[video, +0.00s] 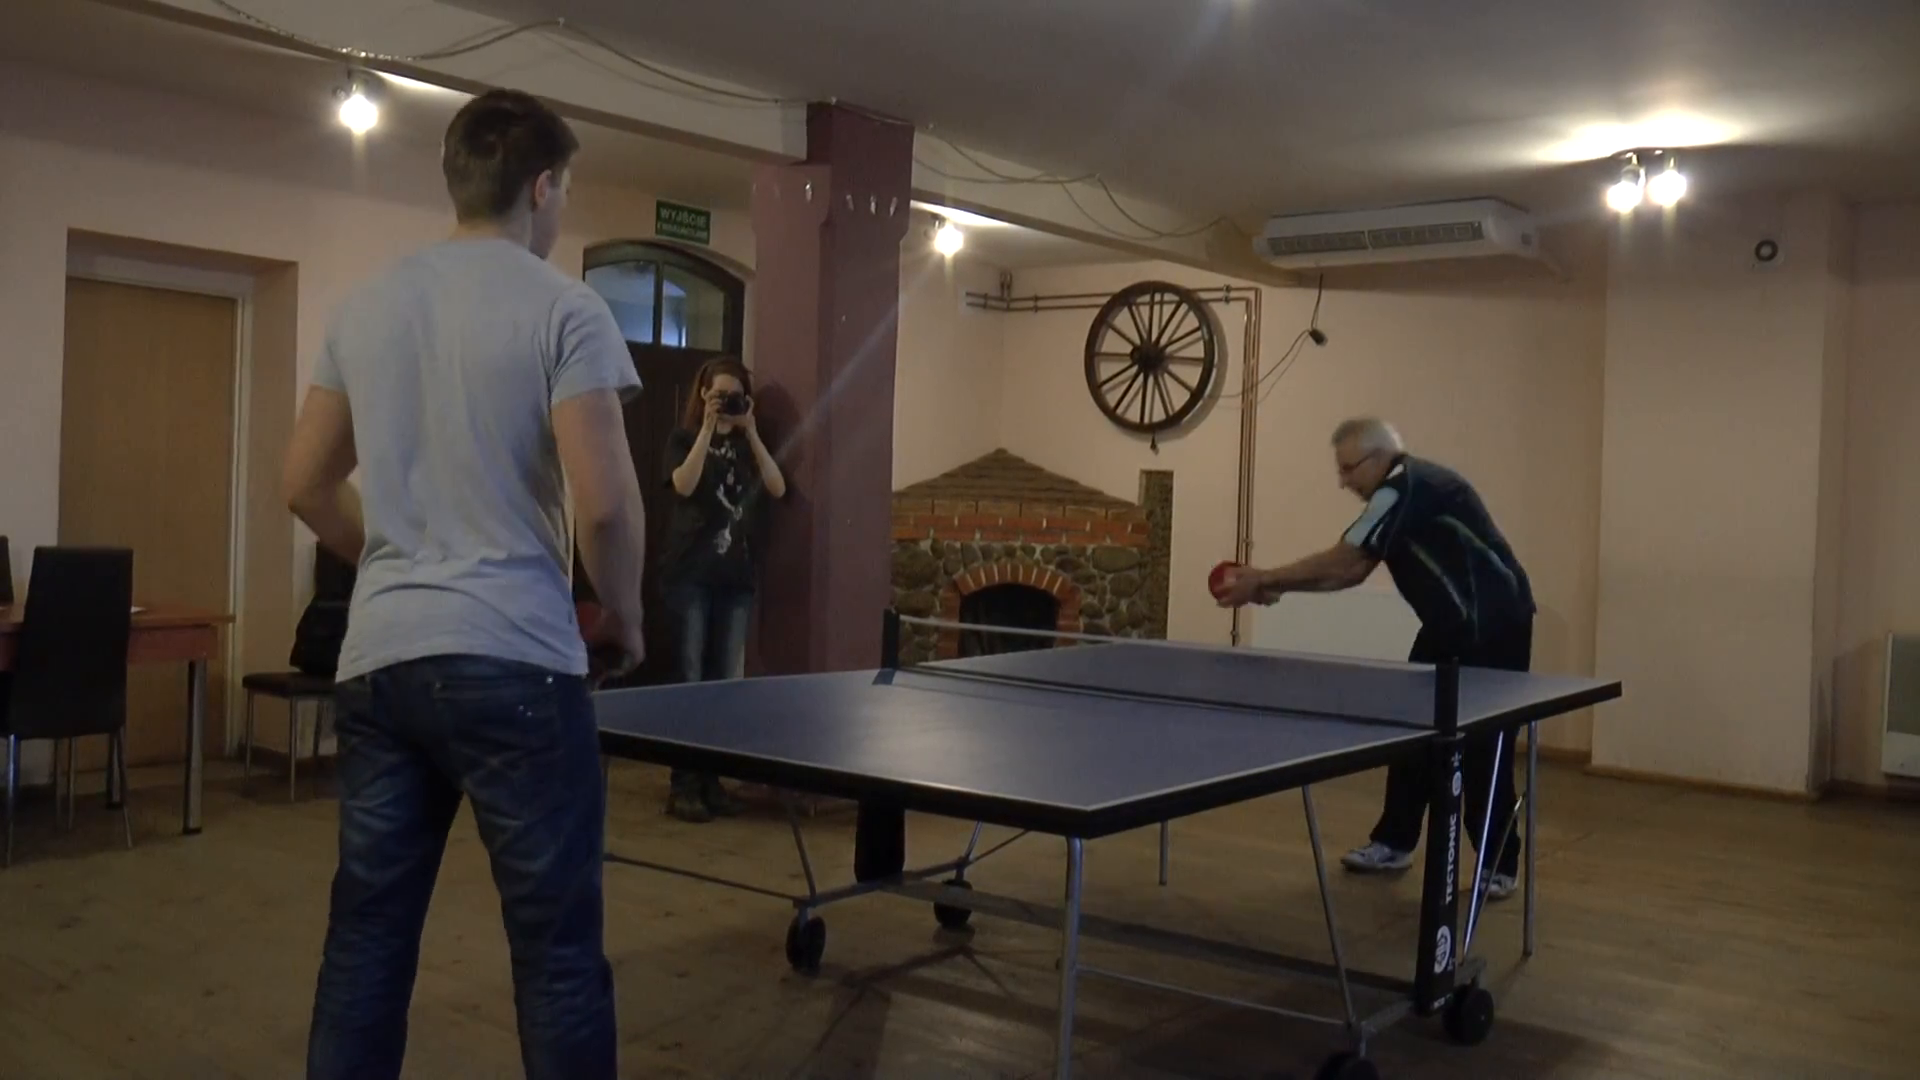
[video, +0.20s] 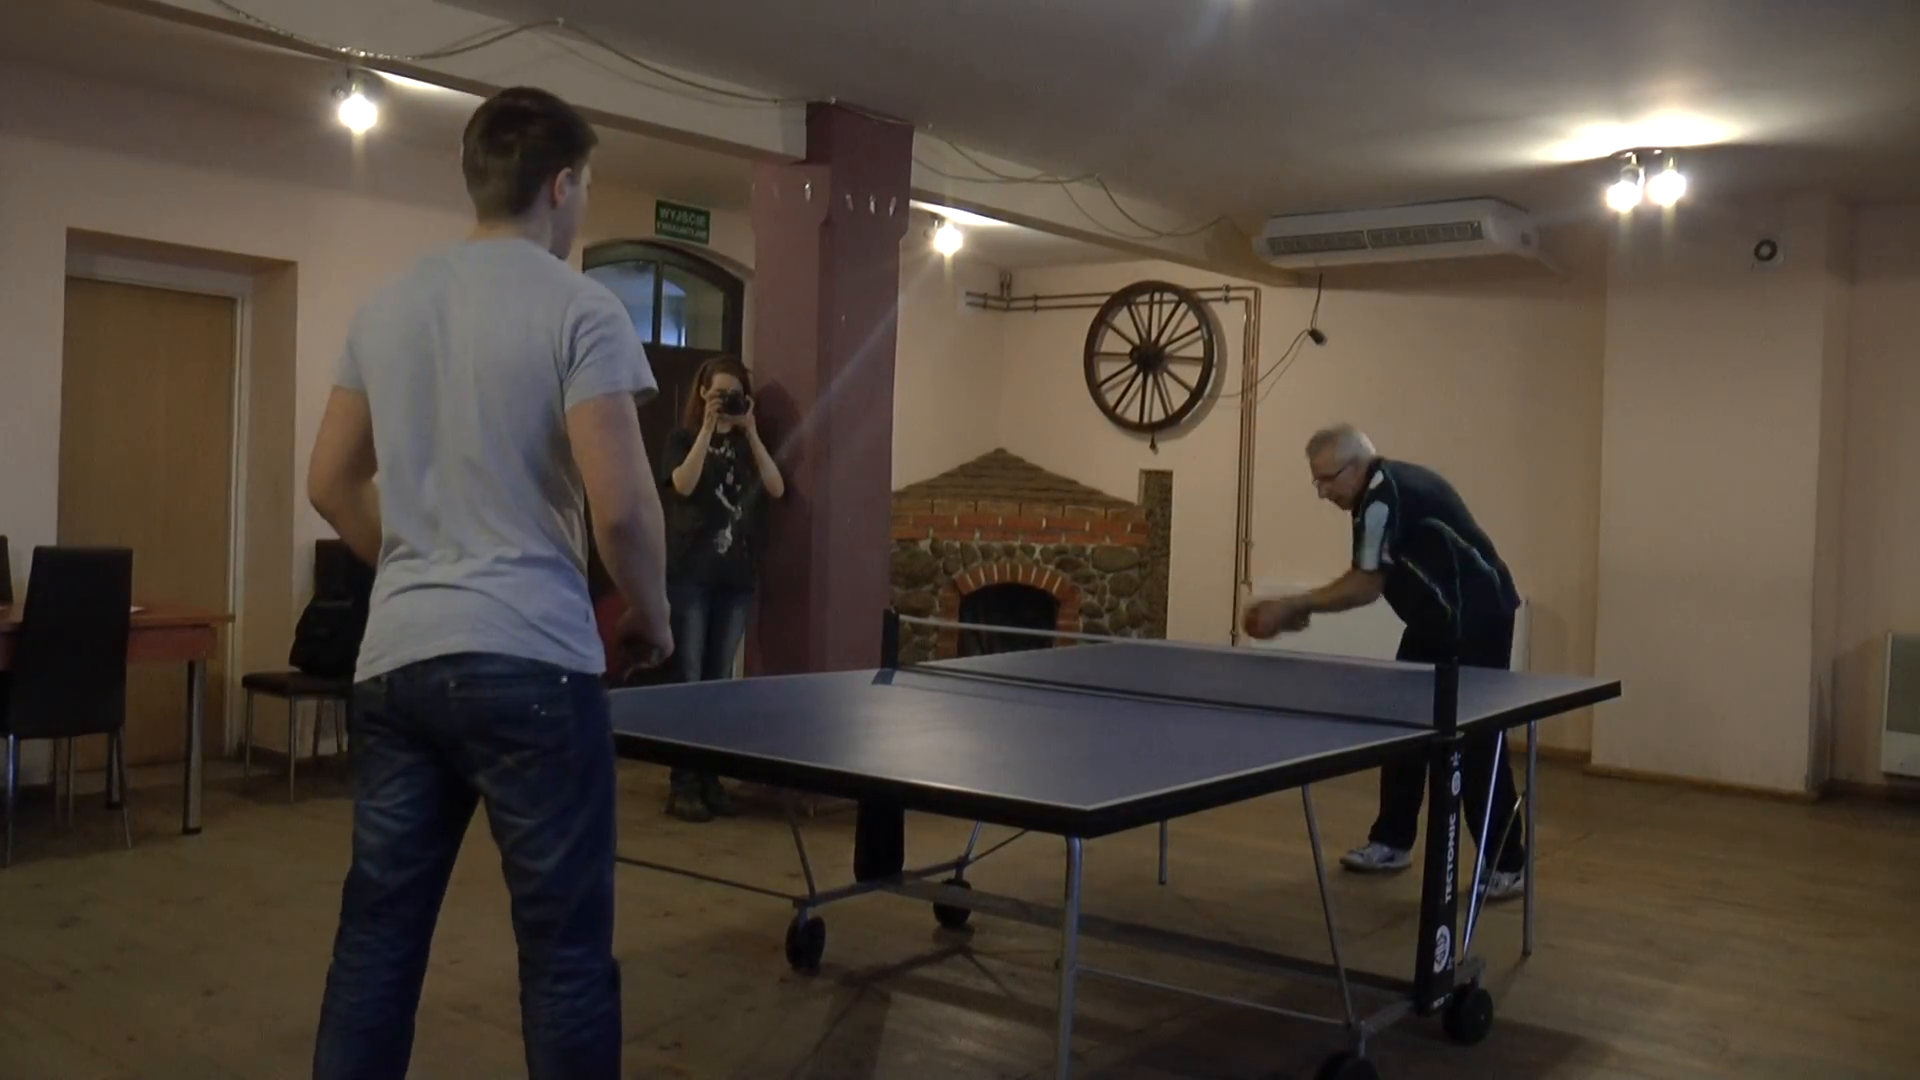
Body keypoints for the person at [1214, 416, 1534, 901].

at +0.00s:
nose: (1344, 481)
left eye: (1350, 468)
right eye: (1342, 471)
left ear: (1379, 458)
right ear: (1379, 462)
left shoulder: (1409, 482)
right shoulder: (1400, 490)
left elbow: (1347, 559)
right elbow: (1353, 570)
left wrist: (1261, 579)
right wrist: (1275, 584)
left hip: (1495, 629)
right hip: (1445, 627)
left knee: (1485, 747)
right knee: (1413, 732)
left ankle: (1501, 863)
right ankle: (1394, 843)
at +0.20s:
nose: (1321, 490)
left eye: (1327, 478)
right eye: (1317, 480)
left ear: (1357, 466)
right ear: (1354, 469)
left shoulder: (1385, 495)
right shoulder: (1379, 490)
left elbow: (1367, 586)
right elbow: (1364, 582)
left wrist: (1294, 605)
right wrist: (1297, 606)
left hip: (1479, 621)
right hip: (1432, 622)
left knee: (1478, 742)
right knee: (1403, 726)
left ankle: (1508, 861)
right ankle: (1392, 842)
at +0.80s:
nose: (1388, 498)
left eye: (1399, 488)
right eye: (1379, 487)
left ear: (1426, 475)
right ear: (1370, 478)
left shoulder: (1467, 506)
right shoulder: (1373, 512)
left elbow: (1487, 603)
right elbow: (1367, 582)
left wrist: (1409, 600)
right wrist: (1353, 614)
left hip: (1484, 632)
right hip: (1419, 625)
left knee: (1479, 746)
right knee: (1396, 729)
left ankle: (1484, 869)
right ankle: (1385, 839)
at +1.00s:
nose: (1396, 530)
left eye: (1408, 520)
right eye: (1388, 518)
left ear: (1436, 507)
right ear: (1381, 506)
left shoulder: (1475, 532)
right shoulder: (1382, 535)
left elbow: (1499, 626)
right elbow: (1387, 607)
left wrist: (1448, 674)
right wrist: (1377, 677)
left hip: (1490, 626)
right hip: (1429, 619)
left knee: (1473, 744)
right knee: (1381, 721)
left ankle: (1481, 874)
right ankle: (1350, 840)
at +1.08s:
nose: (1394, 542)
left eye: (1406, 533)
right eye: (1387, 531)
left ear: (1435, 521)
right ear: (1380, 517)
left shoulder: (1473, 546)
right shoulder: (1379, 545)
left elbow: (1492, 636)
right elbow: (1382, 620)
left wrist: (1452, 698)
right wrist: (1377, 690)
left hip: (1495, 628)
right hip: (1433, 619)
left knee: (1472, 743)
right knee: (1383, 723)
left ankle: (1481, 874)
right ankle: (1337, 840)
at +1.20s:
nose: (1380, 566)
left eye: (1392, 557)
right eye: (1374, 554)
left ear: (1422, 544)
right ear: (1368, 541)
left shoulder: (1464, 562)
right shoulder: (1369, 565)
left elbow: (1468, 652)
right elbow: (1370, 640)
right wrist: (1364, 700)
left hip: (1496, 635)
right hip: (1428, 625)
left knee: (1469, 747)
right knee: (1377, 731)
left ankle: (1479, 874)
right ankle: (1334, 847)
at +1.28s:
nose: (1373, 579)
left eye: (1385, 570)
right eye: (1367, 567)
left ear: (1413, 557)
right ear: (1359, 554)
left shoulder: (1455, 570)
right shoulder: (1361, 577)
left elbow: (1452, 662)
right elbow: (1361, 656)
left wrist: (1435, 717)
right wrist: (1359, 714)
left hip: (1488, 640)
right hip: (1420, 637)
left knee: (1464, 749)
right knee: (1367, 733)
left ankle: (1478, 872)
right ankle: (1331, 851)